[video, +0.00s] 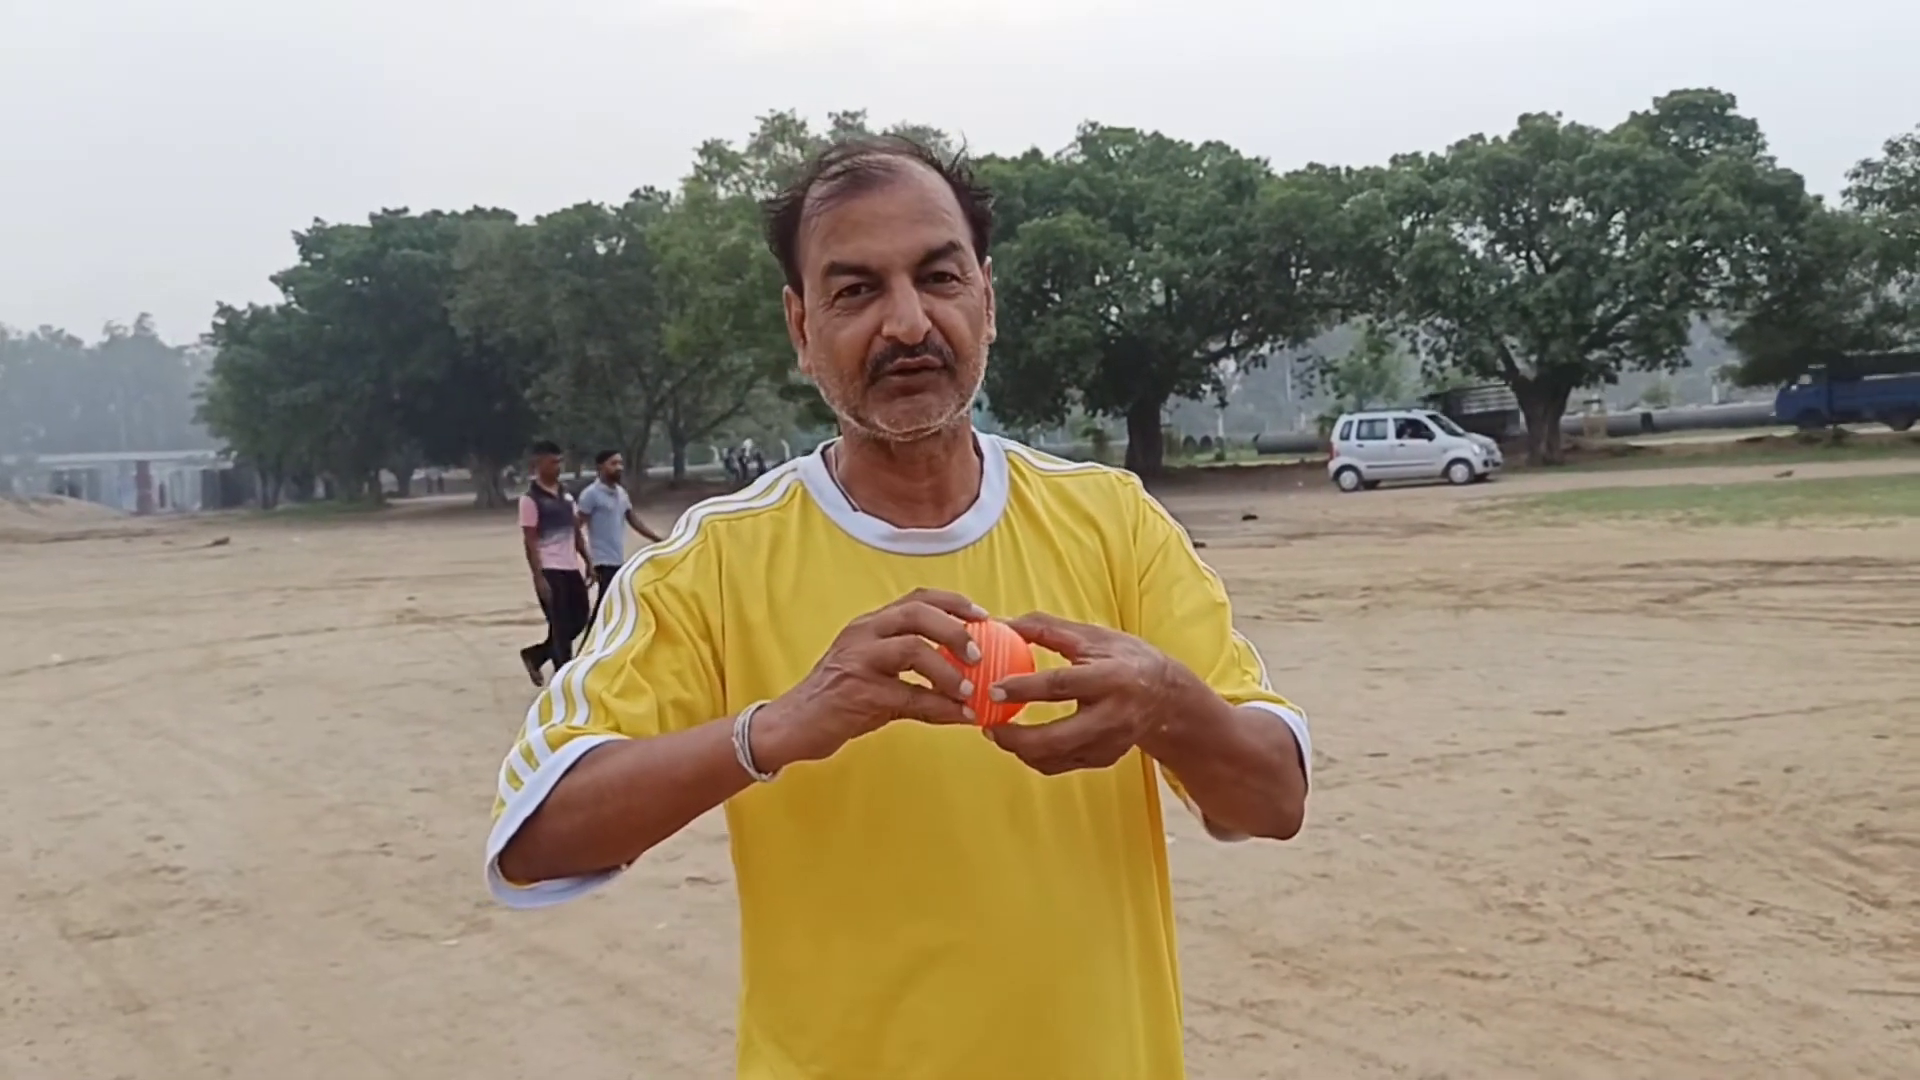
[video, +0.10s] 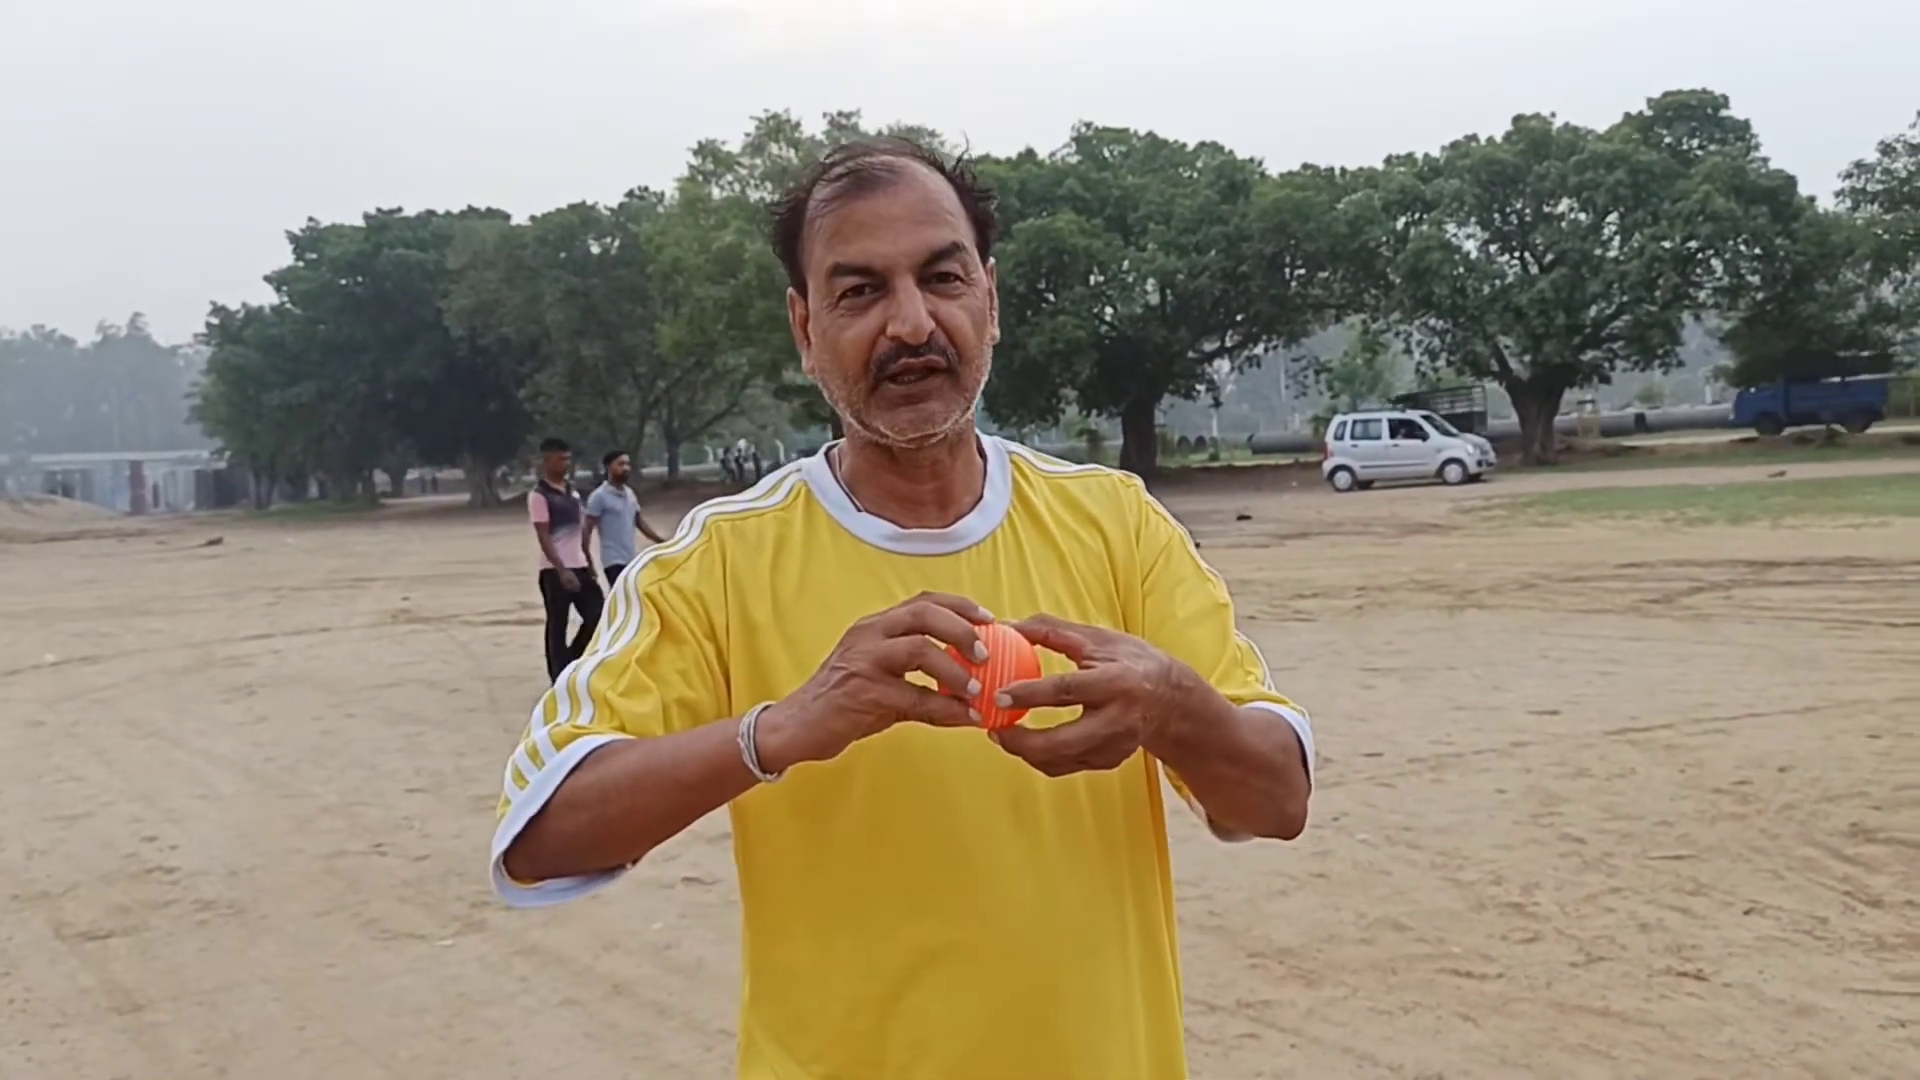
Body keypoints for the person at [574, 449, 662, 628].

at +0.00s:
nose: (619, 467)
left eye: (621, 463)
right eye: (614, 463)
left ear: (622, 466)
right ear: (601, 467)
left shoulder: (620, 492)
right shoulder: (590, 494)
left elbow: (633, 520)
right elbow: (577, 528)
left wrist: (656, 539)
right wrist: (587, 561)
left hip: (617, 559)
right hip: (601, 561)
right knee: (607, 608)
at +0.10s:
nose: (626, 468)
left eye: (628, 464)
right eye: (621, 464)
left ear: (630, 466)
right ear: (609, 467)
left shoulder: (629, 493)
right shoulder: (599, 496)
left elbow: (639, 521)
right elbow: (586, 530)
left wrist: (661, 541)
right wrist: (589, 564)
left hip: (631, 557)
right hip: (612, 561)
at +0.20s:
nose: (634, 465)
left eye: (636, 460)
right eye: (628, 460)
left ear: (638, 463)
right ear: (616, 465)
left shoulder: (637, 489)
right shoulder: (608, 493)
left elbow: (646, 522)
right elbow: (600, 529)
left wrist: (662, 543)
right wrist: (604, 563)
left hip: (640, 555)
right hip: (622, 558)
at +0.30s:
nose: (645, 460)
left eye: (647, 456)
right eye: (640, 456)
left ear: (650, 458)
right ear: (627, 460)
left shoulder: (648, 485)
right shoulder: (619, 488)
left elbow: (650, 517)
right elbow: (616, 525)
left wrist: (663, 542)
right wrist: (626, 555)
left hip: (651, 553)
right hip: (632, 556)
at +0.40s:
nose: (659, 459)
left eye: (661, 454)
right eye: (654, 454)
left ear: (664, 457)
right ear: (642, 458)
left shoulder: (663, 484)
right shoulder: (633, 486)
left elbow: (663, 513)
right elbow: (631, 520)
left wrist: (666, 538)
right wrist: (648, 543)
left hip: (663, 548)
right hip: (643, 553)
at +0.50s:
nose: (674, 461)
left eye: (676, 457)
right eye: (669, 457)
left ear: (679, 459)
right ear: (656, 461)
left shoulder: (679, 486)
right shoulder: (649, 489)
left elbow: (678, 515)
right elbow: (649, 522)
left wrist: (682, 538)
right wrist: (669, 542)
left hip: (678, 547)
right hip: (659, 552)